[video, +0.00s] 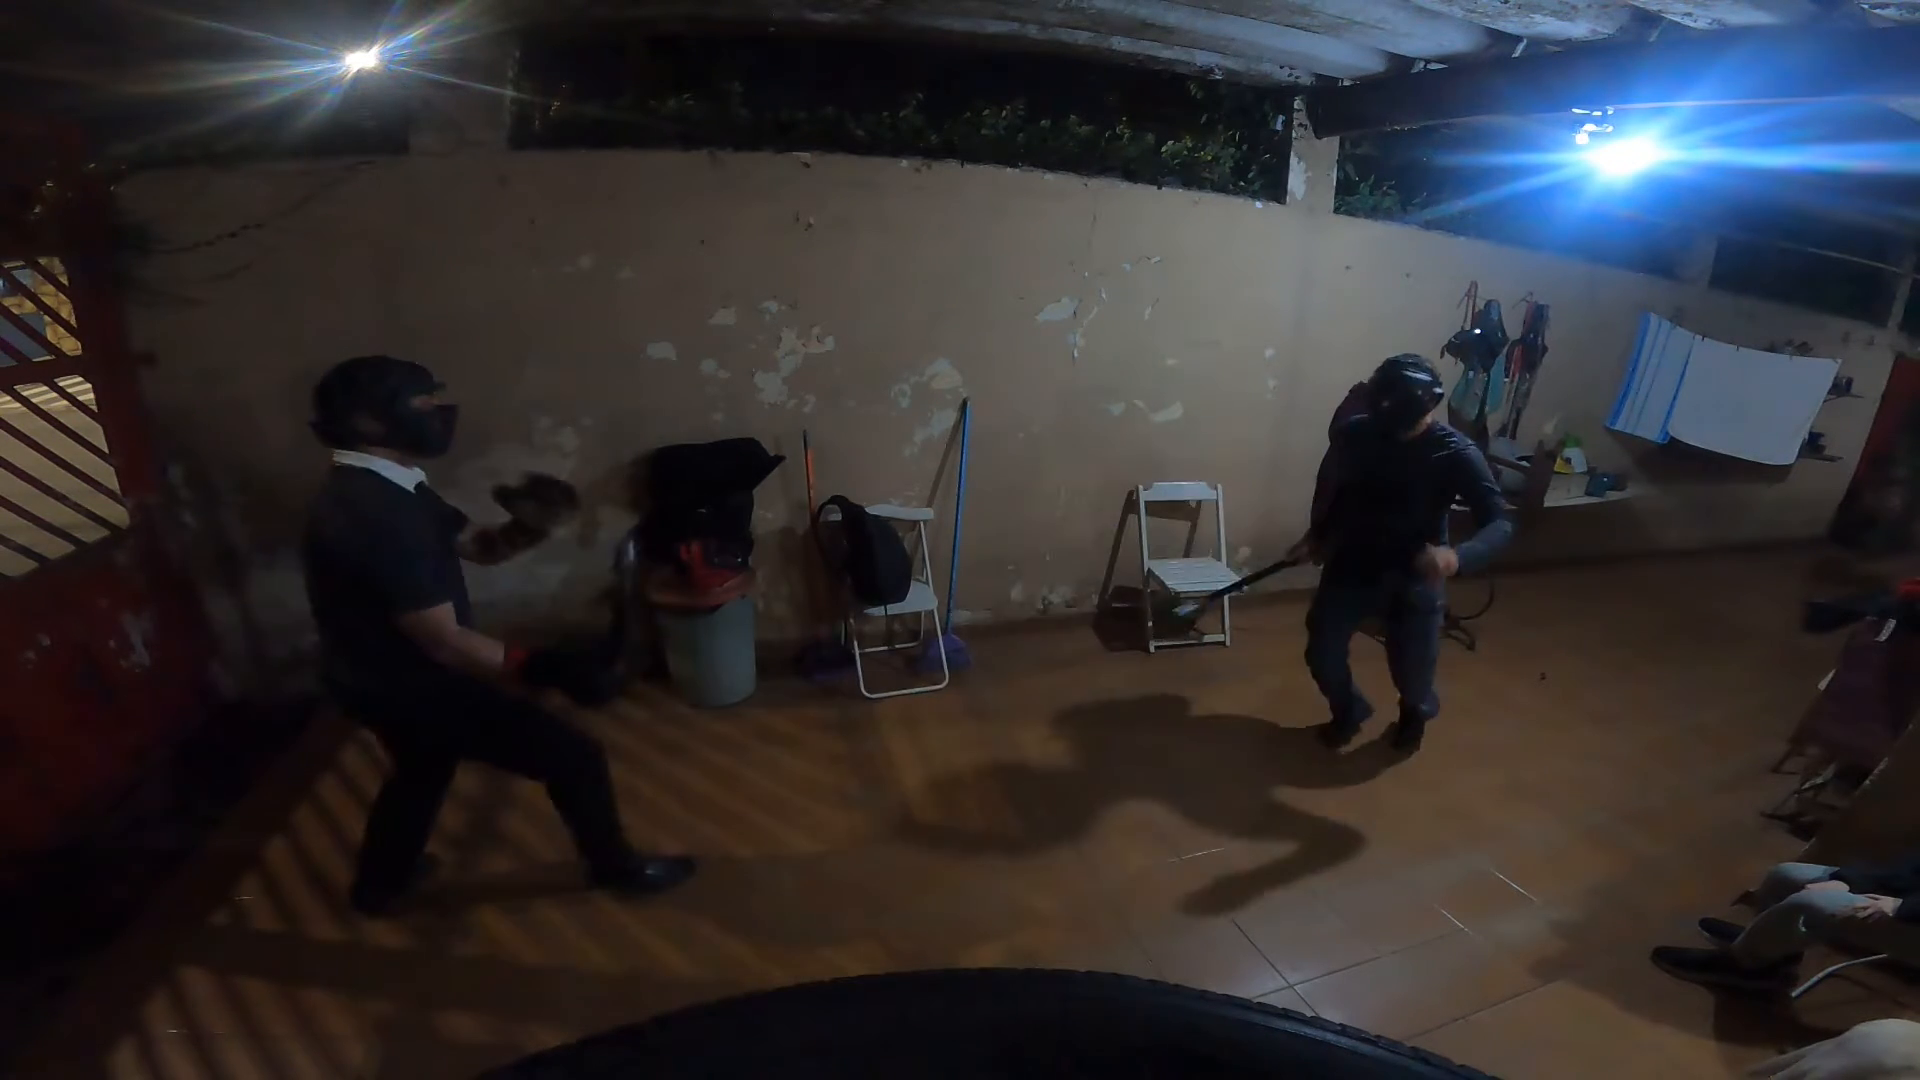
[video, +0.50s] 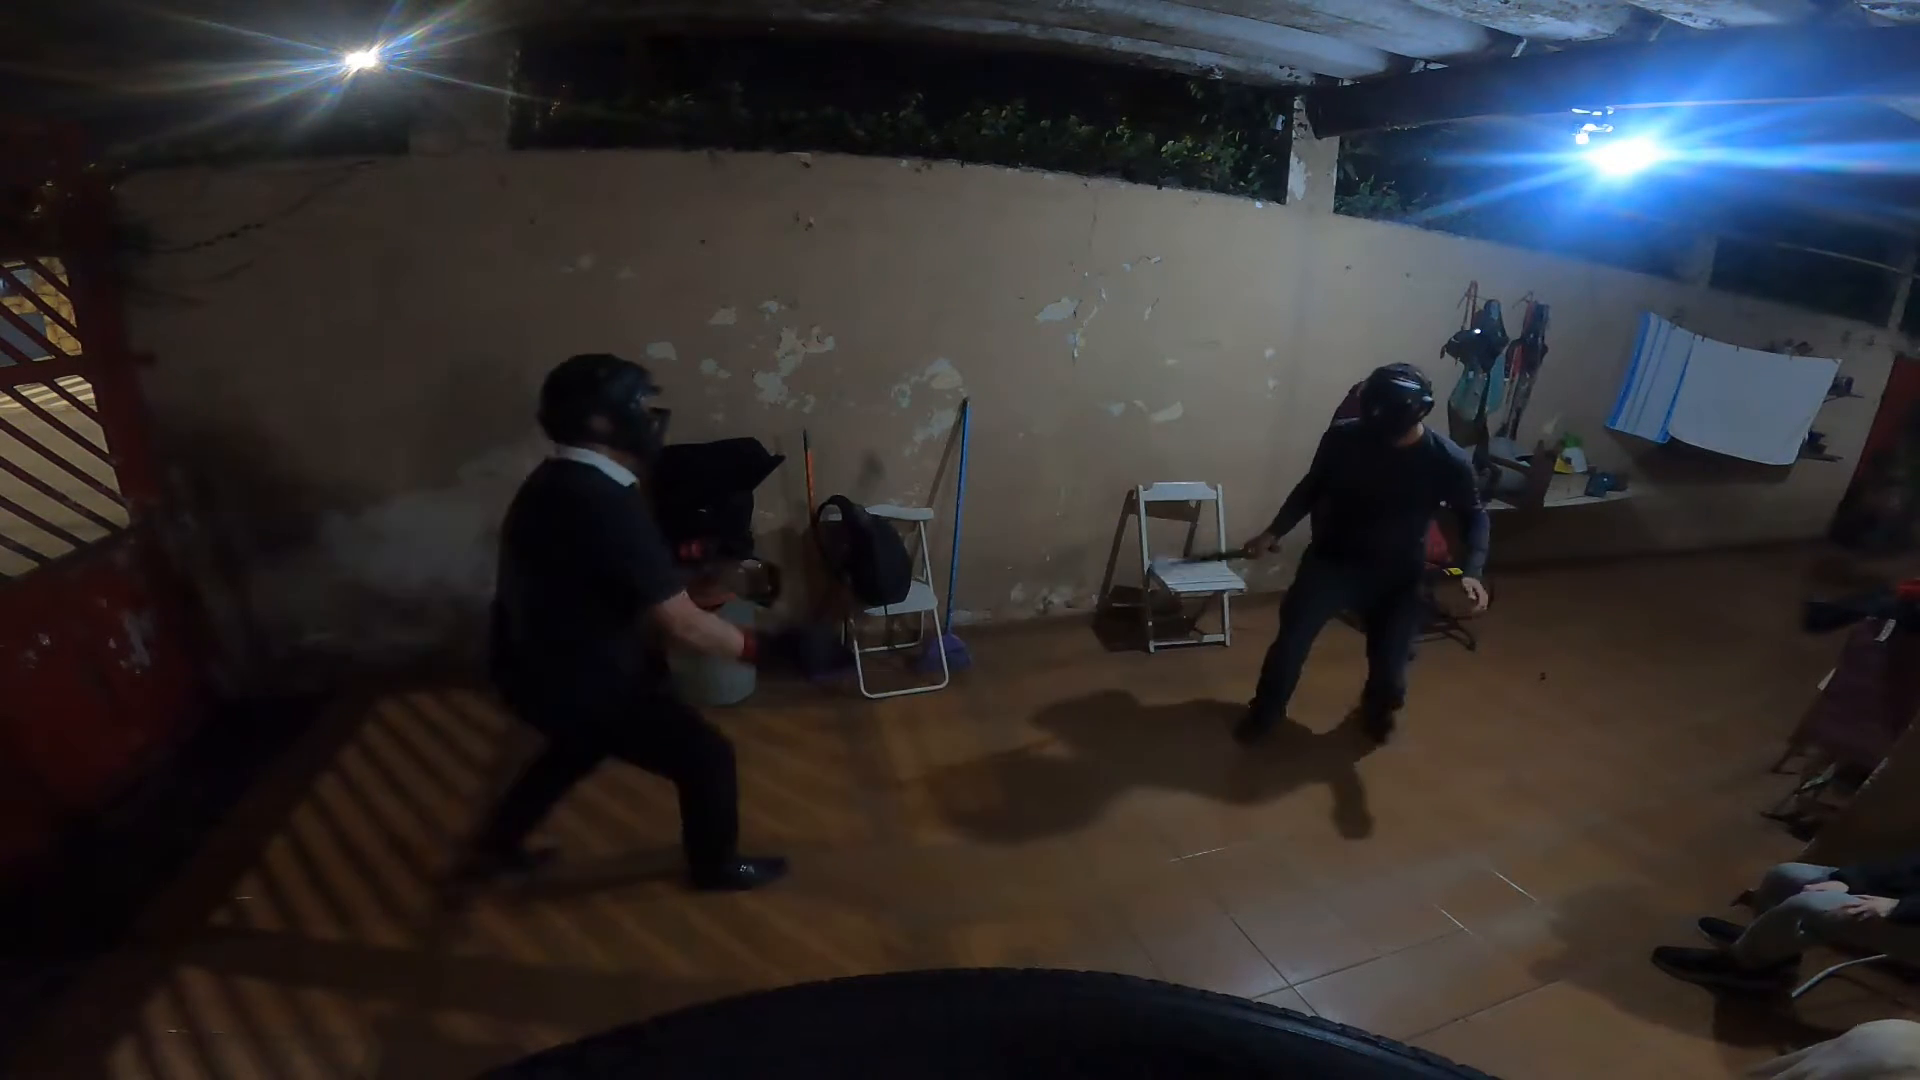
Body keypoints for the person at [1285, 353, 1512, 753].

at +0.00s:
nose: (1393, 424)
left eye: (1404, 416)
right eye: (1387, 413)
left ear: (1427, 410)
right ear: (1377, 402)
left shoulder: (1454, 453)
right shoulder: (1354, 435)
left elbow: (1500, 525)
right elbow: (1331, 493)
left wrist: (1458, 556)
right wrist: (1316, 537)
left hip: (1414, 571)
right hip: (1353, 560)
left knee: (1411, 671)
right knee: (1322, 655)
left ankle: (1414, 714)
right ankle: (1348, 711)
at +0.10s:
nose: (1414, 439)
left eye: (1423, 431)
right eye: (1406, 429)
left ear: (1444, 419)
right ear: (1395, 415)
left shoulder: (1472, 460)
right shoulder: (1371, 445)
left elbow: (1512, 529)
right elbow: (1345, 504)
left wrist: (1460, 533)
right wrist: (1321, 539)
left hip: (1426, 571)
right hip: (1362, 561)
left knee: (1422, 656)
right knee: (1307, 646)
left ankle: (1415, 715)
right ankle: (1325, 699)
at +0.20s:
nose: (1410, 444)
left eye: (1419, 436)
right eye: (1403, 432)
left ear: (1445, 426)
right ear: (1394, 423)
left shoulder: (1475, 469)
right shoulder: (1375, 451)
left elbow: (1515, 537)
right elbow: (1344, 510)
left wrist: (1463, 541)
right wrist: (1315, 538)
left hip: (1427, 578)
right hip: (1362, 566)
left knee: (1418, 663)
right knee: (1304, 645)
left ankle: (1414, 720)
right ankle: (1301, 700)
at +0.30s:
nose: (1405, 444)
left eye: (1414, 436)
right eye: (1400, 434)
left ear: (1441, 428)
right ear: (1393, 423)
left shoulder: (1470, 470)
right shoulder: (1372, 450)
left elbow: (1507, 535)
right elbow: (1336, 502)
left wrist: (1468, 570)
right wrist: (1294, 530)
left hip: (1420, 578)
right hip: (1359, 565)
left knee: (1415, 667)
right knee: (1308, 632)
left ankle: (1413, 719)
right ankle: (1265, 711)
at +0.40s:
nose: (1393, 438)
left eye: (1402, 431)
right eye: (1388, 429)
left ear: (1424, 422)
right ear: (1379, 416)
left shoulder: (1455, 464)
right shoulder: (1354, 445)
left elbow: (1485, 523)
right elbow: (1320, 493)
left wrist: (1472, 577)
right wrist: (1278, 531)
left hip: (1407, 575)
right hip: (1343, 564)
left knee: (1404, 661)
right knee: (1298, 629)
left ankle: (1410, 720)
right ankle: (1265, 707)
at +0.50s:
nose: (1381, 432)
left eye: (1392, 425)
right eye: (1376, 420)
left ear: (1417, 415)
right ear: (1368, 409)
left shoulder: (1447, 462)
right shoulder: (1342, 440)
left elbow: (1475, 516)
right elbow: (1311, 488)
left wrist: (1472, 571)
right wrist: (1273, 533)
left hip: (1397, 574)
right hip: (1331, 562)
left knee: (1390, 671)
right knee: (1293, 634)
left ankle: (1379, 713)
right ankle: (1264, 712)